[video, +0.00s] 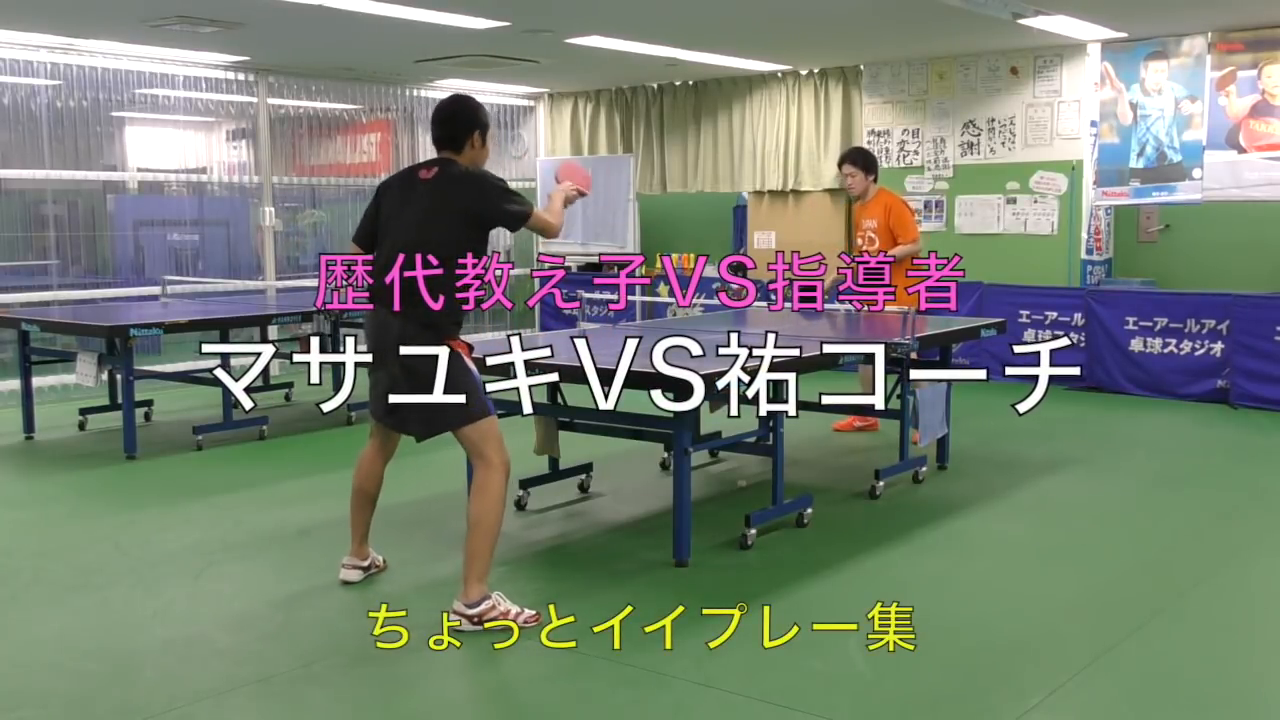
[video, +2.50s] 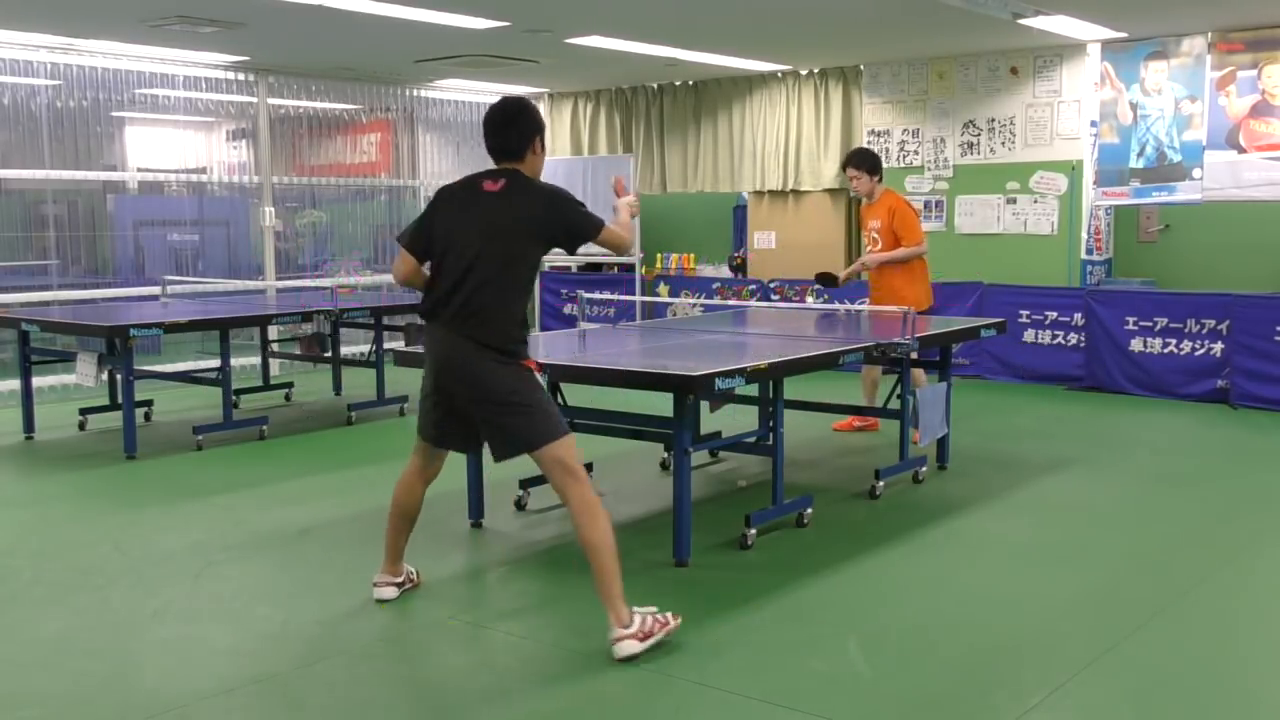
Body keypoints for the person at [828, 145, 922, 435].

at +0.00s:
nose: (847, 182)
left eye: (852, 176)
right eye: (844, 177)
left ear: (870, 175)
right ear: (843, 177)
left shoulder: (892, 203)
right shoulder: (858, 208)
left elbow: (913, 245)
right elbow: (860, 254)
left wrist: (882, 258)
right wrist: (835, 279)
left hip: (900, 298)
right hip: (870, 298)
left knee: (912, 359)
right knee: (866, 354)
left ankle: (926, 417)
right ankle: (867, 413)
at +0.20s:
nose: (844, 185)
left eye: (848, 179)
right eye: (842, 179)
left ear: (867, 177)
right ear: (846, 180)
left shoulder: (896, 203)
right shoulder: (853, 211)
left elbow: (918, 244)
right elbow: (832, 248)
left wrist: (884, 256)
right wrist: (797, 259)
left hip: (906, 296)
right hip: (872, 298)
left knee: (914, 358)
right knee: (870, 353)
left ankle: (925, 420)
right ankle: (868, 413)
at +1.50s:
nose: (855, 172)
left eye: (861, 166)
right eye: (852, 167)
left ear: (877, 167)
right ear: (849, 170)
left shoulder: (897, 198)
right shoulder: (855, 206)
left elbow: (918, 238)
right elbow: (852, 249)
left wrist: (886, 244)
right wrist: (834, 271)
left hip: (901, 295)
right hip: (869, 296)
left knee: (911, 359)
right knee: (869, 354)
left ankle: (924, 418)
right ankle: (867, 413)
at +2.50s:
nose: (853, 185)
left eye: (857, 179)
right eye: (850, 179)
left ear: (874, 176)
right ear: (850, 179)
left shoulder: (897, 205)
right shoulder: (866, 208)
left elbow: (919, 247)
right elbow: (876, 250)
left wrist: (878, 258)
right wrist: (852, 270)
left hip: (908, 300)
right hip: (880, 298)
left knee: (909, 360)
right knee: (871, 356)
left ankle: (928, 419)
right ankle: (868, 414)